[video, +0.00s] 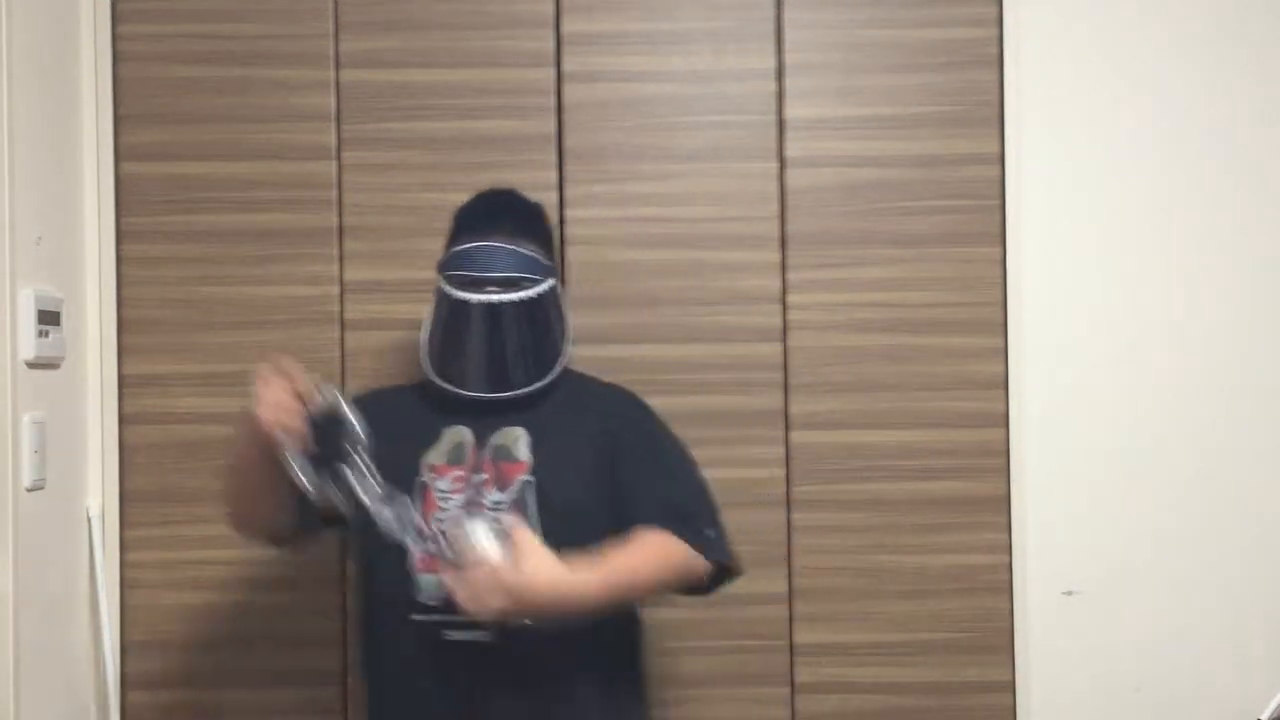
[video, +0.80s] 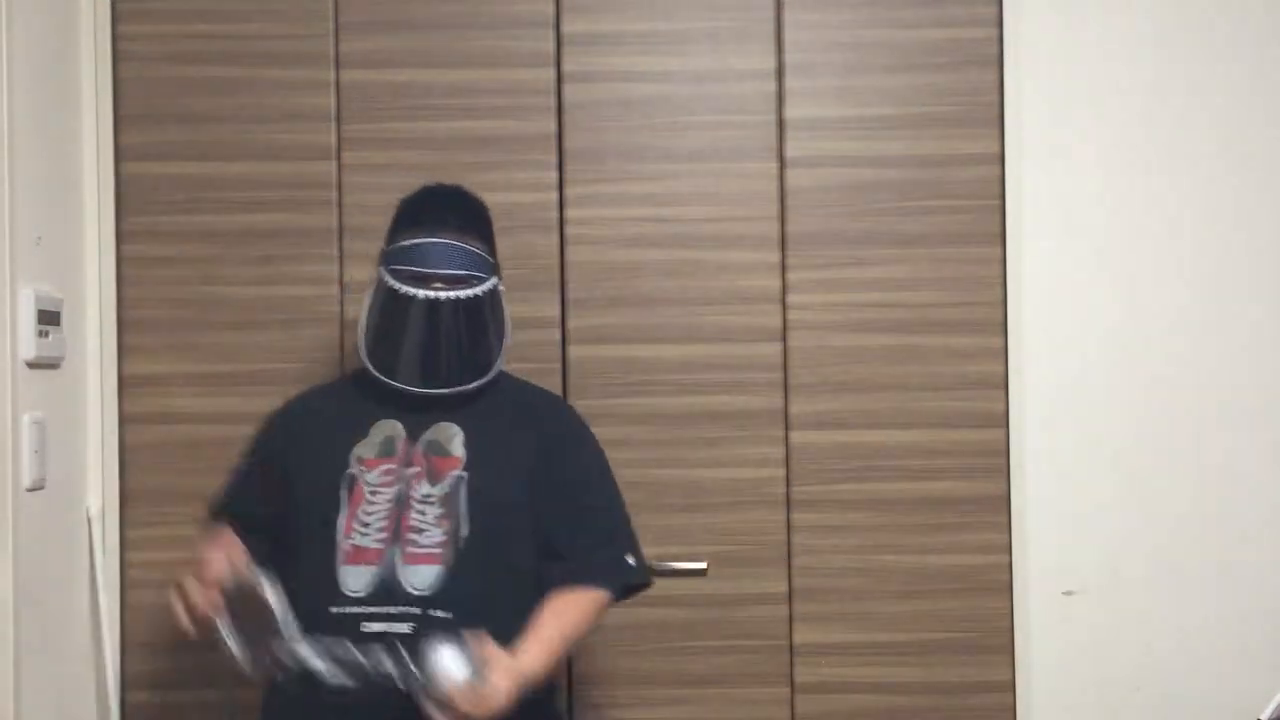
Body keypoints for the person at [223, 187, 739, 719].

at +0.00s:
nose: (492, 327)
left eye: (514, 304)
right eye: (471, 303)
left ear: (550, 301)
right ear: (443, 298)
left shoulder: (612, 422)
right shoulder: (375, 424)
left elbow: (693, 546)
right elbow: (267, 521)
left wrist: (561, 586)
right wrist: (266, 443)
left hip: (578, 700)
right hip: (418, 700)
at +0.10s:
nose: (451, 304)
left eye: (475, 286)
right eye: (431, 283)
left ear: (511, 291)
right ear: (402, 284)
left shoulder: (563, 413)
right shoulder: (324, 409)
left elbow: (621, 522)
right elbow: (195, 445)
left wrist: (468, 466)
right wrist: (189, 327)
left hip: (526, 704)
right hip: (362, 703)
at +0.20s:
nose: (422, 309)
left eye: (446, 286)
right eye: (400, 283)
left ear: (481, 291)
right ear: (366, 282)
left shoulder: (530, 399)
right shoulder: (298, 393)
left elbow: (565, 488)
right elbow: (155, 396)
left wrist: (423, 394)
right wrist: (137, 258)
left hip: (485, 705)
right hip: (322, 702)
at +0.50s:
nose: (382, 306)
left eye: (404, 284)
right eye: (360, 283)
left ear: (442, 290)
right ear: (329, 284)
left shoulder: (491, 403)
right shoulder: (257, 401)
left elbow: (533, 504)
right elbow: (109, 421)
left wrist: (392, 425)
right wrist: (98, 306)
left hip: (441, 703)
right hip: (267, 703)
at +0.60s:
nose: (389, 307)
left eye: (414, 289)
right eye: (368, 286)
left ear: (448, 291)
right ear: (339, 285)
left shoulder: (499, 408)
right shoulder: (267, 408)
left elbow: (557, 521)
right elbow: (122, 460)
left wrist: (412, 487)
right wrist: (118, 368)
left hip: (447, 701)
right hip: (279, 701)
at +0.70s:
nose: (406, 304)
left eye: (429, 286)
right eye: (388, 282)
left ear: (465, 291)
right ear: (355, 283)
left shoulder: (517, 417)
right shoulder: (278, 414)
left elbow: (588, 547)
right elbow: (181, 515)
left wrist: (457, 581)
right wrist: (149, 470)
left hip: (464, 705)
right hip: (298, 704)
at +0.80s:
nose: (433, 311)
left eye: (454, 292)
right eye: (415, 289)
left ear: (488, 297)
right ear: (382, 288)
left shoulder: (544, 428)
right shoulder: (308, 423)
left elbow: (597, 571)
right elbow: (240, 524)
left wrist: (519, 668)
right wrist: (210, 572)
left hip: (479, 701)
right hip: (322, 699)